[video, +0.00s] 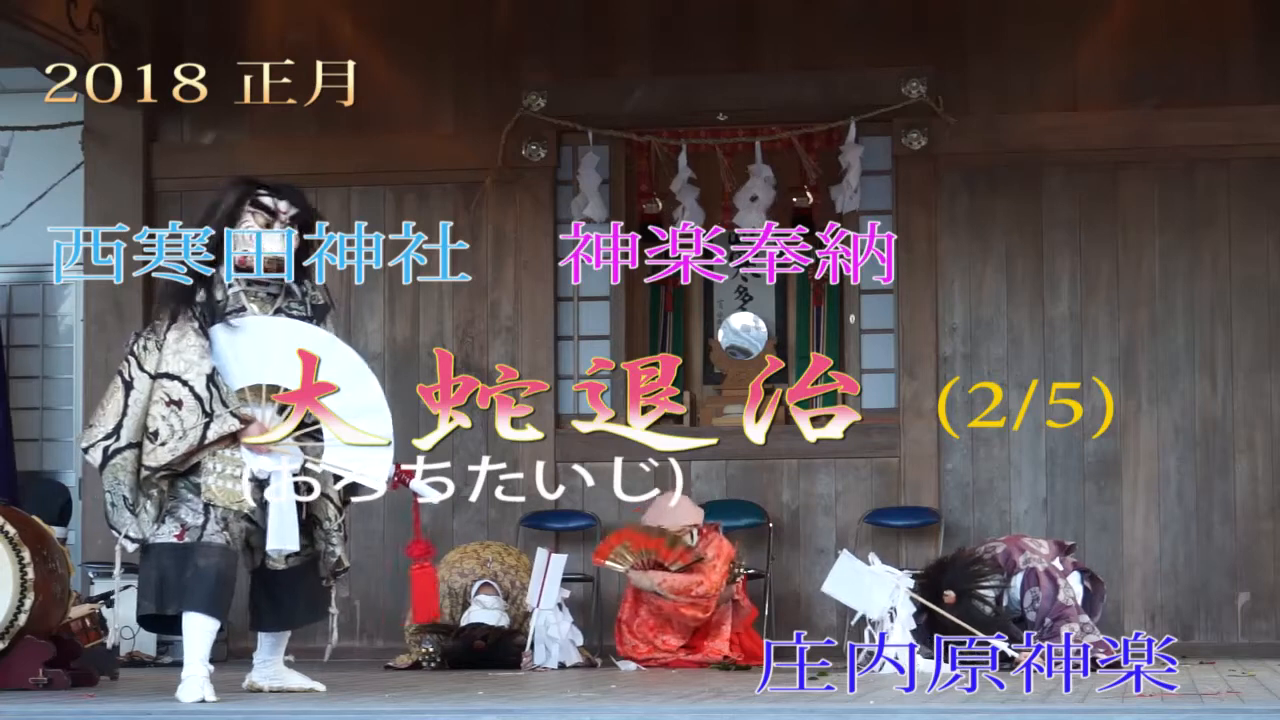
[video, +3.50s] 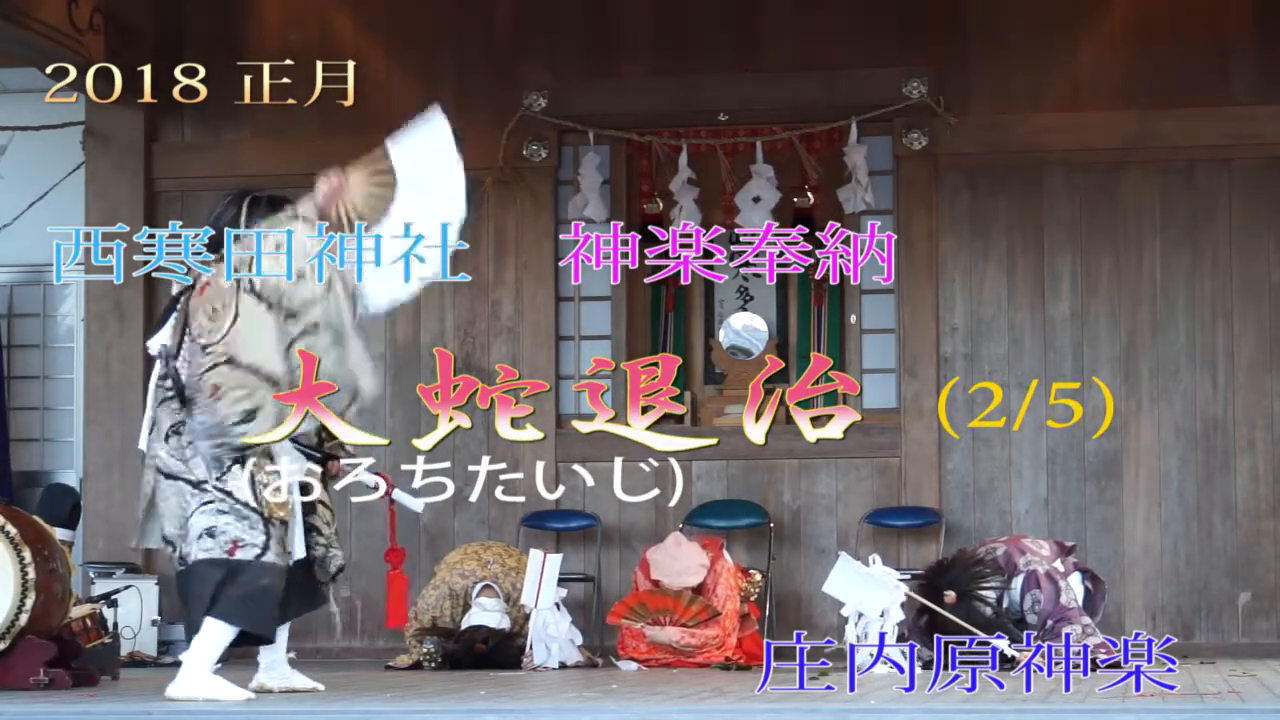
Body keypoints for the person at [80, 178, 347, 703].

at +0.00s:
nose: (269, 241)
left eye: (283, 231)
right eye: (256, 227)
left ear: (298, 242)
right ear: (226, 231)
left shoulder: (305, 308)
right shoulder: (195, 310)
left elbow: (330, 395)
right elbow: (173, 400)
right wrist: (234, 427)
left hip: (286, 456)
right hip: (214, 454)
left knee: (289, 550)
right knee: (211, 549)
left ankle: (269, 664)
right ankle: (195, 673)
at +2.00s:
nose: (305, 250)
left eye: (304, 237)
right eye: (297, 235)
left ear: (235, 236)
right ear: (263, 239)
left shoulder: (268, 314)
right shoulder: (212, 312)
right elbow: (205, 418)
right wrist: (260, 454)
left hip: (263, 458)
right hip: (217, 460)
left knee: (273, 549)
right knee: (217, 551)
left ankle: (272, 664)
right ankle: (189, 672)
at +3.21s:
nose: (306, 257)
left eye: (304, 243)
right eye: (299, 242)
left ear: (236, 238)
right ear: (268, 241)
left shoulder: (212, 303)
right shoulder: (246, 309)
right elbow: (263, 405)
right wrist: (318, 438)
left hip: (262, 449)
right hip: (233, 450)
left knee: (282, 549)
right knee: (231, 551)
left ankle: (273, 663)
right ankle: (191, 672)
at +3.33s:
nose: (300, 255)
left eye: (301, 244)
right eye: (296, 243)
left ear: (238, 239)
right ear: (270, 243)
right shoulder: (219, 304)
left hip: (247, 446)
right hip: (201, 451)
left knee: (287, 545)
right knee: (236, 547)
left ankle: (274, 663)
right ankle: (192, 670)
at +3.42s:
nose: (308, 262)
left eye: (308, 251)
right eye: (301, 249)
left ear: (237, 244)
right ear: (273, 247)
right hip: (202, 447)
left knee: (290, 546)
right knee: (251, 550)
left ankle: (274, 664)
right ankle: (194, 670)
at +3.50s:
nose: (291, 246)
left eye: (293, 235)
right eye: (281, 235)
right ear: (252, 234)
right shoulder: (225, 292)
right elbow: (228, 386)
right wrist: (277, 445)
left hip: (253, 443)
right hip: (218, 448)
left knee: (291, 546)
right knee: (263, 556)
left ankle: (273, 664)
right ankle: (195, 671)